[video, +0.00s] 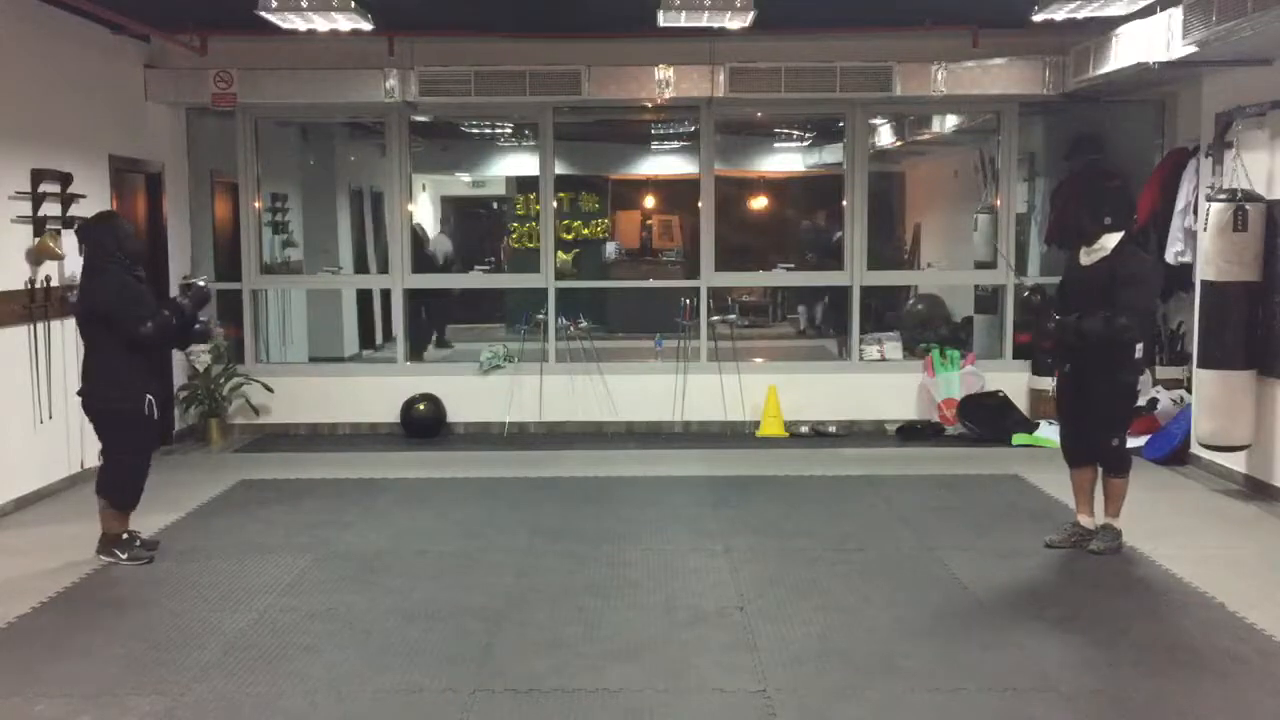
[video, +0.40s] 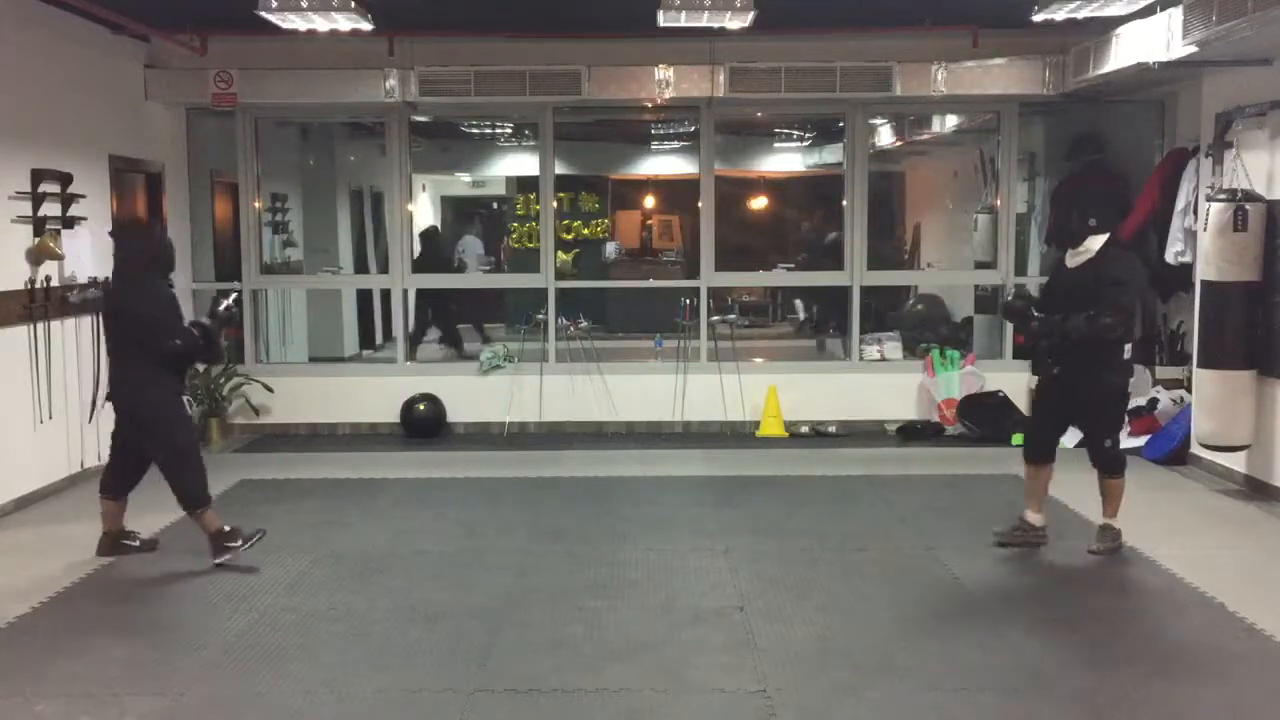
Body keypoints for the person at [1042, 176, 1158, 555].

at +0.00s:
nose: (1066, 222)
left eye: (1073, 213)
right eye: (1066, 213)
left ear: (1094, 212)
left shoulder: (1132, 260)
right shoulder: (1078, 258)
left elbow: (1133, 324)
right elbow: (1065, 310)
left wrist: (1074, 328)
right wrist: (1054, 324)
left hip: (1116, 368)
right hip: (1077, 366)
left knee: (1113, 444)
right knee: (1077, 442)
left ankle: (1111, 527)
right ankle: (1084, 523)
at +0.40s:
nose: (1055, 221)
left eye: (1062, 212)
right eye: (1057, 212)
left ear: (1085, 215)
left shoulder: (1118, 263)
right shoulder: (1065, 262)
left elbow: (1117, 323)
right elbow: (1055, 312)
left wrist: (1054, 328)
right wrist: (1027, 310)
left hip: (1103, 376)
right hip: (1060, 372)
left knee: (1106, 450)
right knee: (1037, 441)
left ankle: (1109, 526)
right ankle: (1032, 522)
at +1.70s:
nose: (890, 235)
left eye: (897, 228)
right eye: (891, 227)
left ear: (917, 228)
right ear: (919, 228)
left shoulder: (952, 274)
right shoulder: (897, 270)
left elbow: (984, 337)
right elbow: (878, 316)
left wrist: (979, 393)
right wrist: (862, 342)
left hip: (935, 374)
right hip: (899, 371)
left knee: (907, 453)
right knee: (906, 452)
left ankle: (897, 537)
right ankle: (961, 512)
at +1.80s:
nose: (883, 232)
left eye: (890, 225)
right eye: (884, 225)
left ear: (907, 228)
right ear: (913, 227)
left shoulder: (943, 275)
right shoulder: (884, 269)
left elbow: (965, 342)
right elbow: (864, 316)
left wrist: (956, 396)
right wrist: (854, 345)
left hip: (925, 380)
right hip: (887, 375)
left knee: (897, 452)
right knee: (874, 452)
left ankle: (897, 537)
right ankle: (937, 502)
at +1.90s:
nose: (865, 233)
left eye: (872, 225)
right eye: (866, 225)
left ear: (892, 227)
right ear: (904, 226)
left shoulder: (930, 275)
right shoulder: (873, 267)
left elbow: (957, 338)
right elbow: (856, 318)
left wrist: (953, 394)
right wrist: (846, 342)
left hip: (918, 375)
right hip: (878, 370)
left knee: (888, 450)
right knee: (854, 446)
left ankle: (895, 536)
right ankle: (902, 507)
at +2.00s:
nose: (848, 239)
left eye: (855, 232)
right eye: (848, 231)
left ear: (877, 233)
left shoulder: (920, 277)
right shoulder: (858, 275)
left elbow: (950, 337)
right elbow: (838, 319)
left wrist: (951, 390)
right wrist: (830, 346)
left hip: (905, 378)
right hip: (864, 373)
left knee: (878, 457)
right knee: (836, 451)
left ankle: (890, 536)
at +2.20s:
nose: (853, 238)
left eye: (858, 231)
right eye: (853, 231)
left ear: (877, 234)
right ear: (891, 234)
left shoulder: (919, 282)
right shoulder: (855, 271)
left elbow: (948, 346)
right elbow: (808, 284)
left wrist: (948, 402)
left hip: (894, 385)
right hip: (856, 380)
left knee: (877, 462)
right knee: (826, 452)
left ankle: (916, 541)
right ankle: (840, 531)